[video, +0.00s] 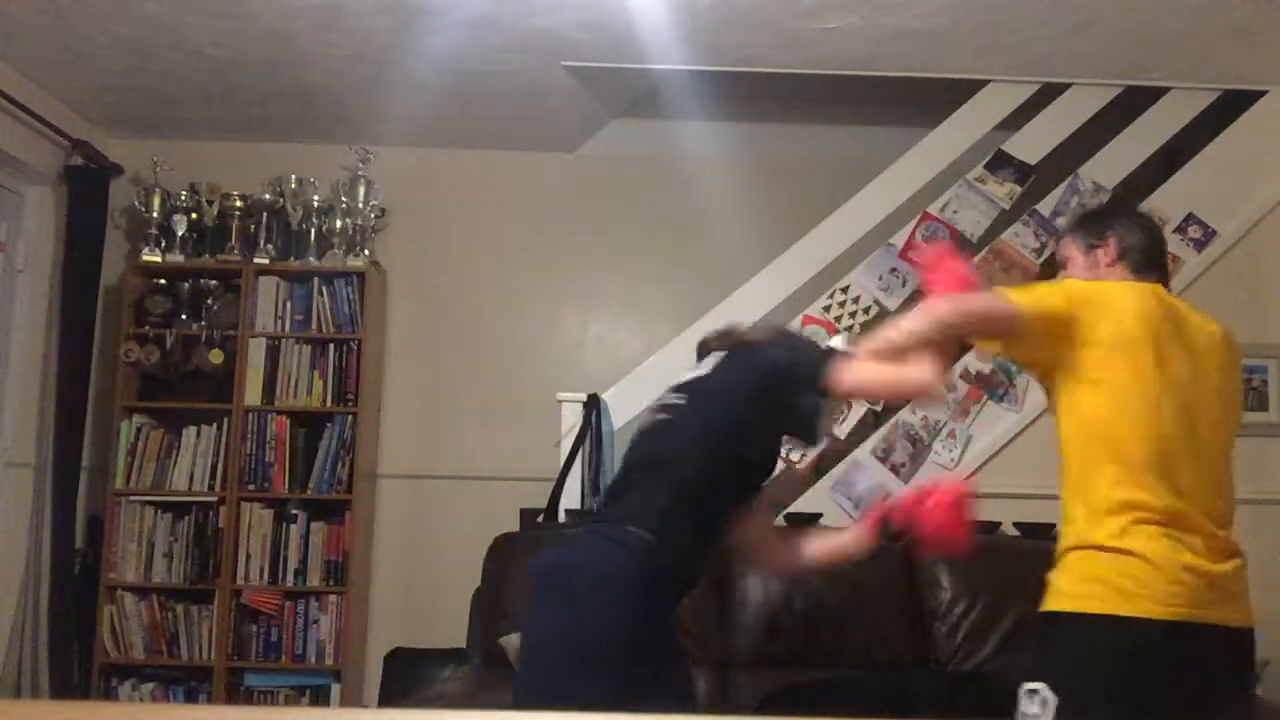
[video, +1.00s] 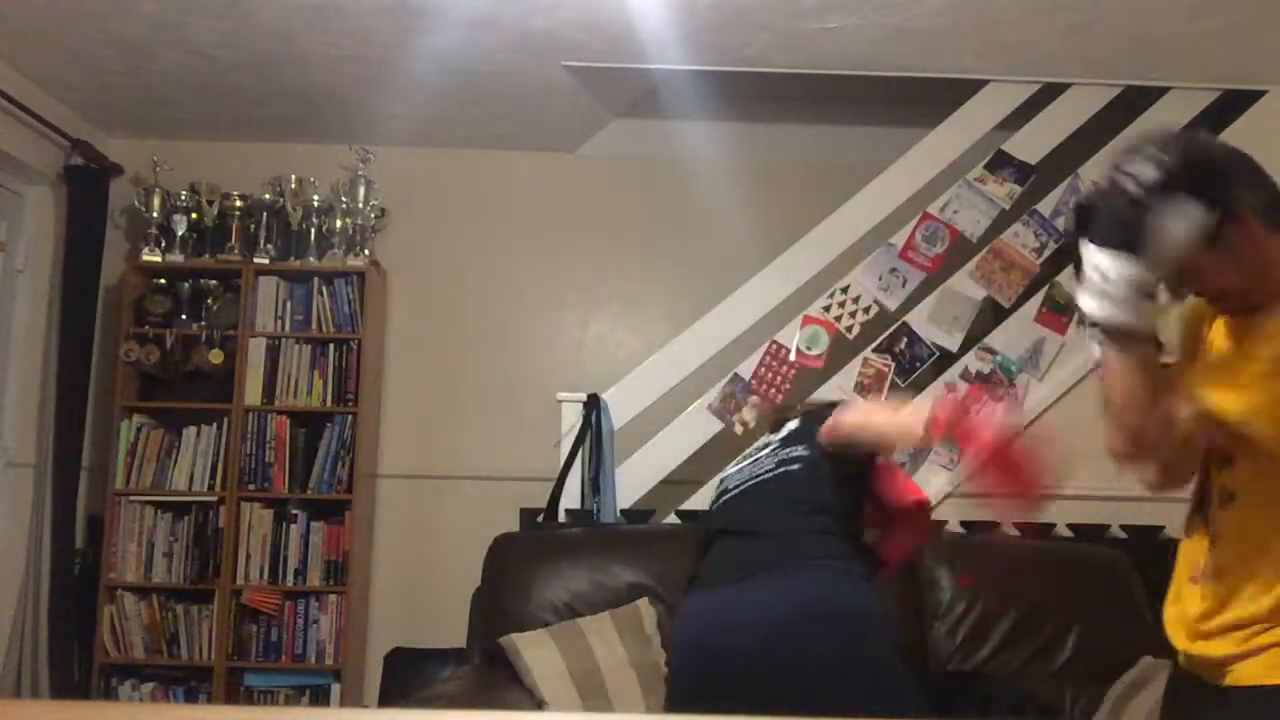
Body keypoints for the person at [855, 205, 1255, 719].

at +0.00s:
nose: (1062, 281)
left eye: (1066, 264)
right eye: (1061, 268)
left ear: (1108, 251)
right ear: (1164, 270)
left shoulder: (1092, 303)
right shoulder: (1220, 341)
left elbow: (946, 311)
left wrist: (862, 352)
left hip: (1109, 619)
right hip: (1220, 633)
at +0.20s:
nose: (1066, 289)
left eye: (1073, 276)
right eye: (1065, 280)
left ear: (1113, 261)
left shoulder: (1113, 299)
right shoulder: (1223, 342)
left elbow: (999, 298)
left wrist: (904, 365)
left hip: (1142, 592)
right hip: (1245, 610)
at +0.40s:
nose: (1061, 286)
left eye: (1075, 266)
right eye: (1057, 278)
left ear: (1133, 258)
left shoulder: (1170, 308)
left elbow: (1029, 365)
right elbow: (1076, 481)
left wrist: (906, 378)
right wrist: (934, 482)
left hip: (1214, 597)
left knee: (1149, 707)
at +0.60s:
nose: (1106, 259)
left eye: (1123, 236)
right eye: (1096, 245)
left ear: (1183, 229)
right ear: (1088, 252)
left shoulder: (1213, 302)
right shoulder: (1157, 337)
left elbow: (1060, 402)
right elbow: (1119, 474)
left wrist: (978, 389)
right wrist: (1088, 357)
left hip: (1248, 586)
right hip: (1185, 602)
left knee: (1233, 704)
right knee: (1185, 707)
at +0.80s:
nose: (1159, 264)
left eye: (1178, 237)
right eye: (1145, 245)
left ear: (1244, 218)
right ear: (1133, 249)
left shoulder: (1267, 331)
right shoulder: (1196, 327)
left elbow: (1201, 508)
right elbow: (1142, 469)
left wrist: (1051, 426)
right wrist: (1141, 336)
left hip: (1247, 657)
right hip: (1191, 647)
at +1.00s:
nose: (1193, 290)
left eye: (1191, 268)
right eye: (1176, 277)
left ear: (1239, 227)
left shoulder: (1270, 330)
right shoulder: (1208, 320)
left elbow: (1157, 456)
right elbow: (1153, 460)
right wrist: (1119, 305)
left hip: (1265, 666)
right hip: (1195, 652)